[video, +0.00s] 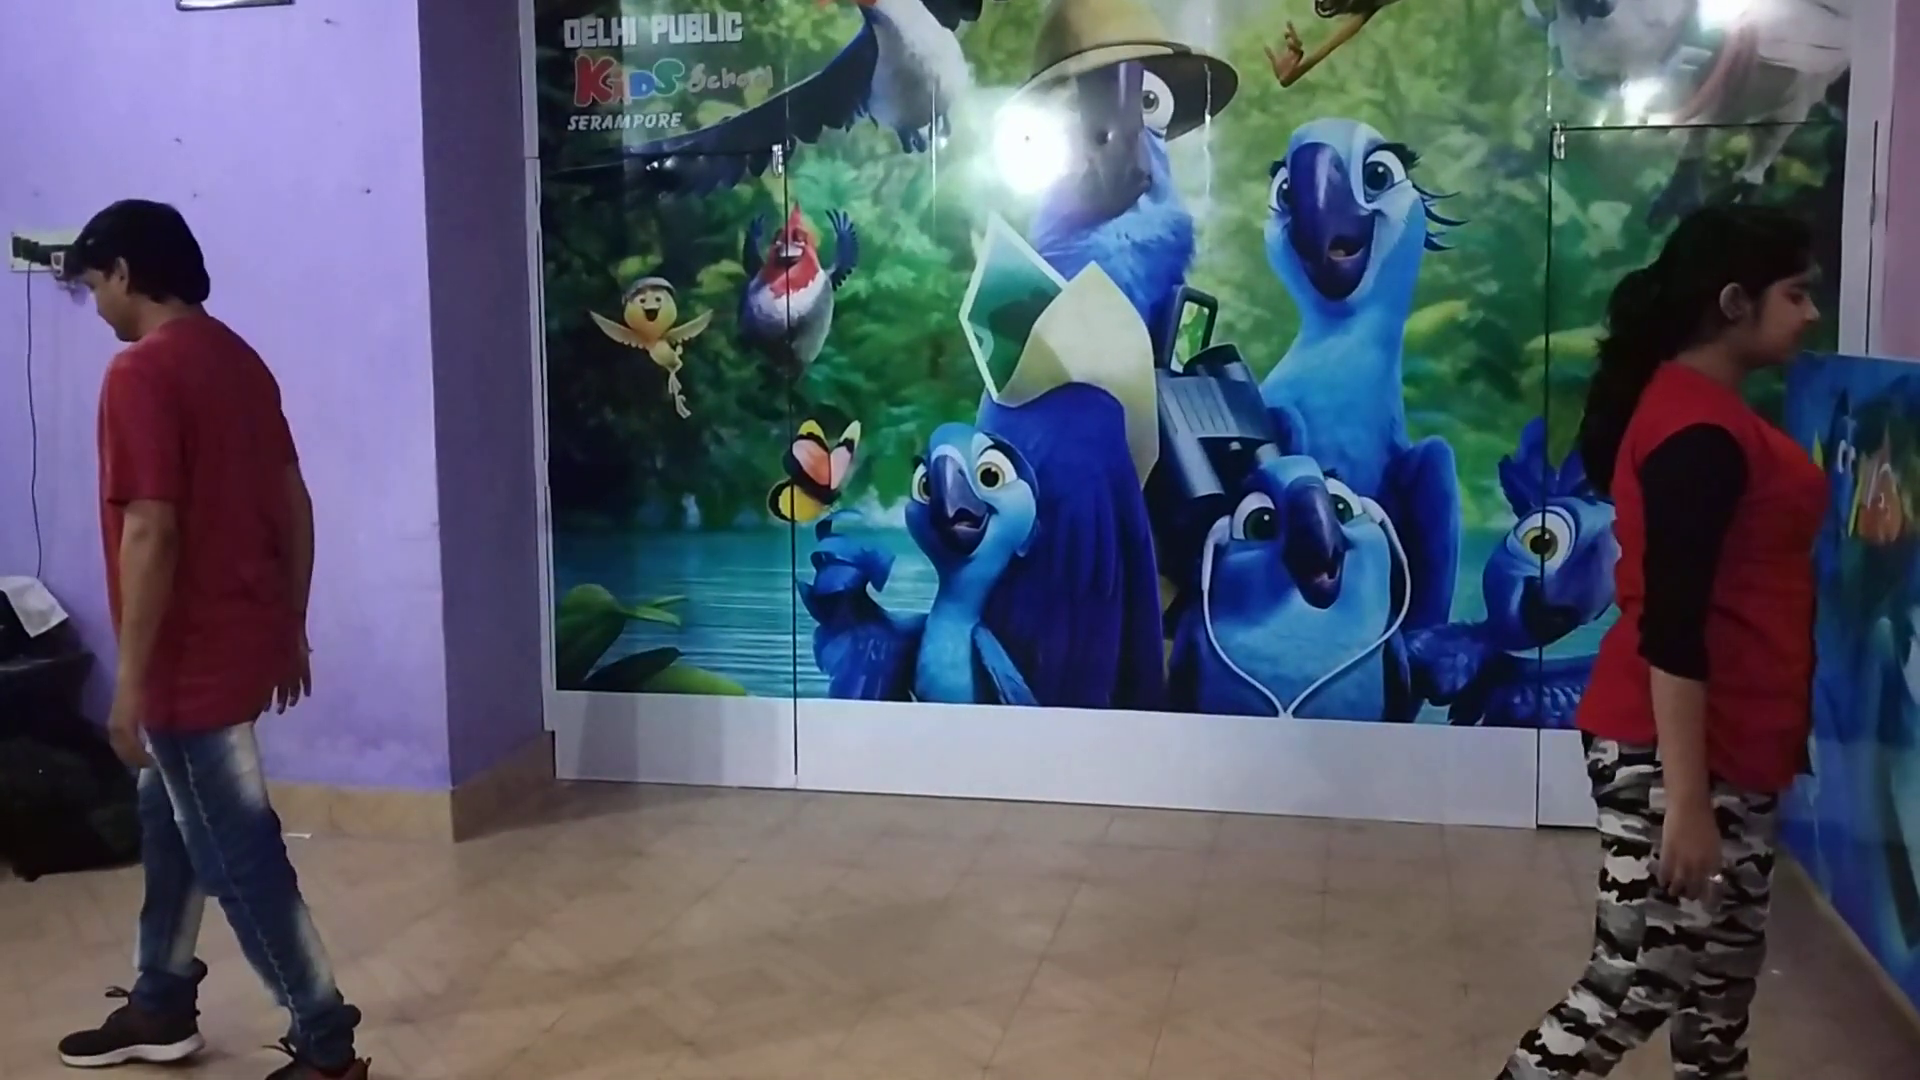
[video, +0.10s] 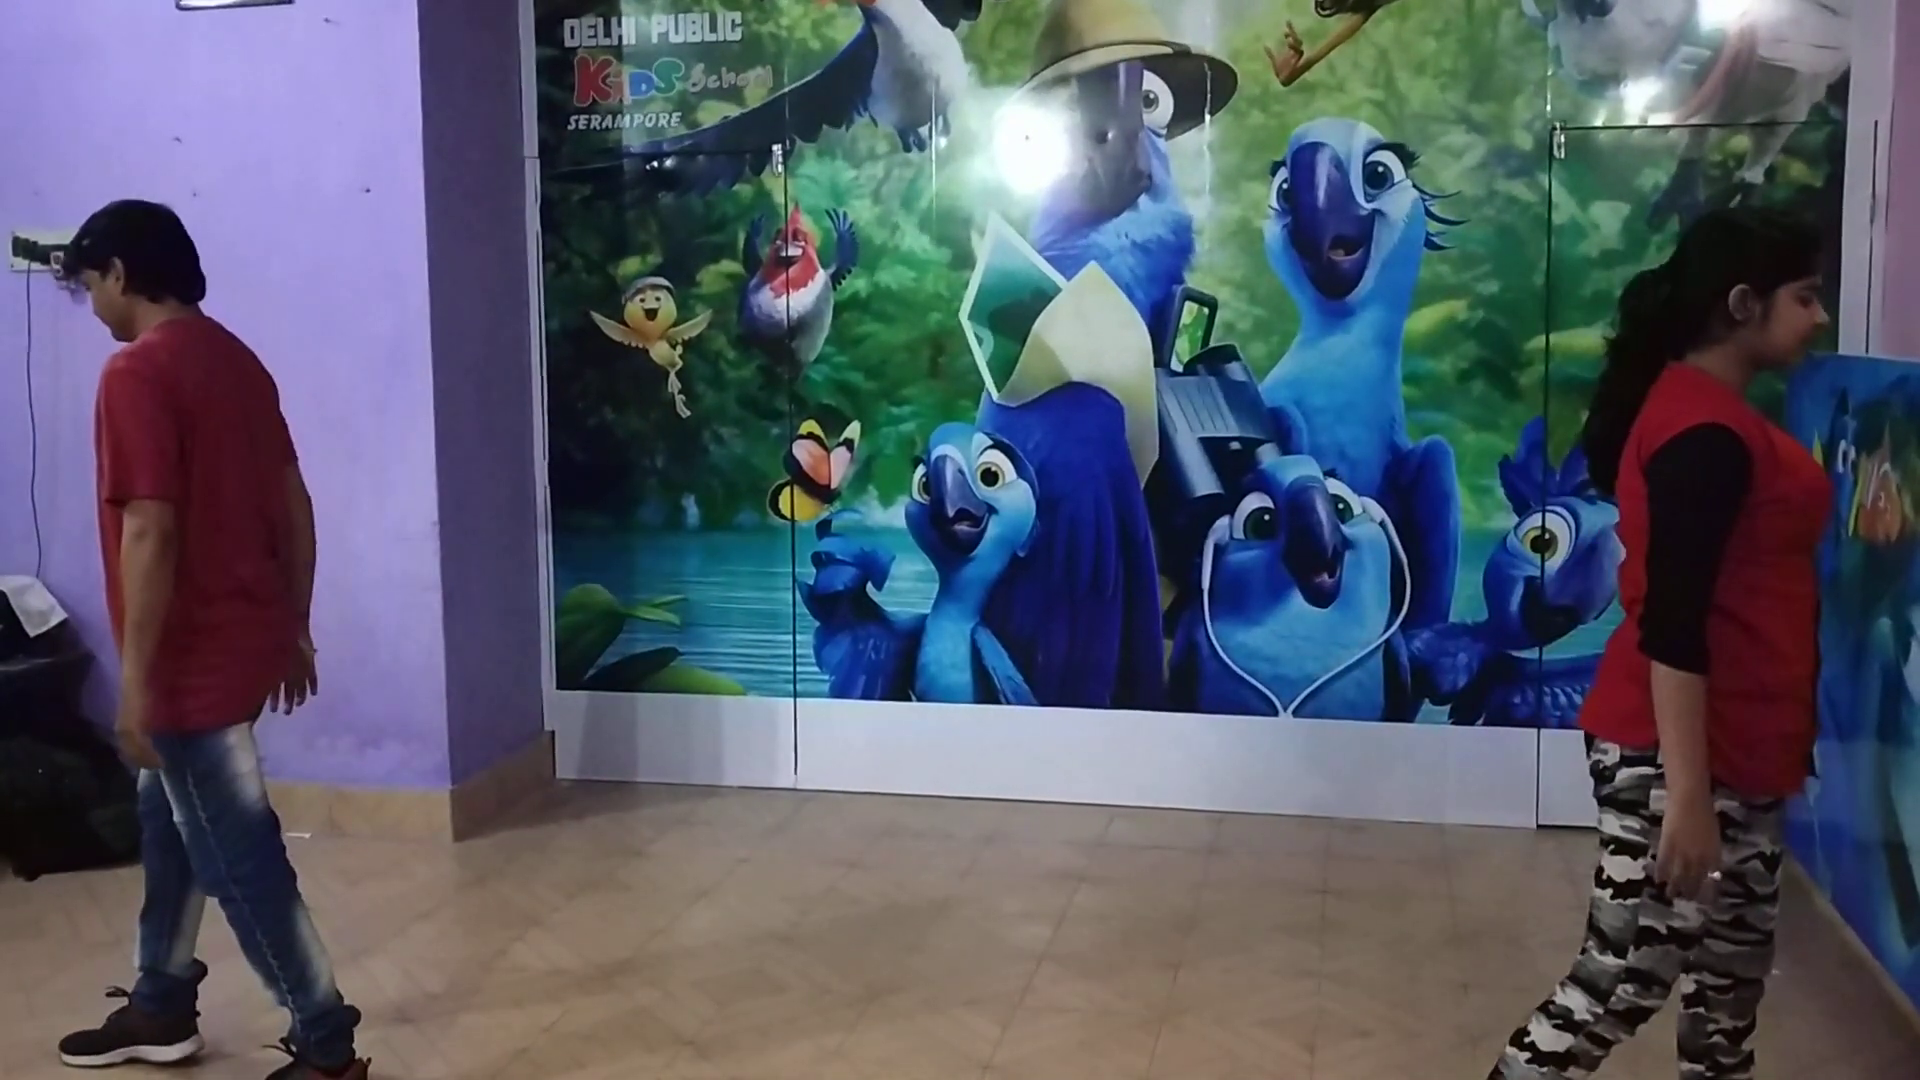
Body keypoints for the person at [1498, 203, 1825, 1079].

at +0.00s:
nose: (1810, 313)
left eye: (1809, 294)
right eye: (1797, 294)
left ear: (1731, 303)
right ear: (1733, 301)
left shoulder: (1714, 410)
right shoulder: (1694, 429)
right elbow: (1671, 630)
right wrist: (1687, 802)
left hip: (1724, 748)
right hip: (1672, 752)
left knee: (1719, 992)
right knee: (1627, 987)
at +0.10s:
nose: (1819, 316)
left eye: (1819, 297)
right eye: (1807, 297)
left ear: (1744, 304)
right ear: (1744, 301)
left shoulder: (1721, 413)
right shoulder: (1700, 430)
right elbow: (1671, 627)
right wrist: (1688, 798)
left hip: (1735, 752)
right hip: (1674, 756)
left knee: (1730, 989)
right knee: (1617, 985)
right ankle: (1516, 1074)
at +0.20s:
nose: (1822, 321)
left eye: (1823, 301)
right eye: (1809, 300)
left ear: (1750, 307)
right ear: (1749, 303)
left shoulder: (1717, 412)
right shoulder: (1700, 429)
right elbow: (1665, 619)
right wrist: (1683, 787)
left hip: (1735, 753)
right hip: (1674, 757)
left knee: (1735, 980)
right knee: (1609, 984)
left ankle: (1717, 1075)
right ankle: (1508, 1072)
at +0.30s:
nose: (1822, 330)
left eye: (1823, 309)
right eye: (1810, 307)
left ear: (1748, 310)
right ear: (1749, 307)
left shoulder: (1714, 417)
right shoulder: (1690, 429)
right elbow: (1656, 605)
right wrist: (1673, 758)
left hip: (1737, 756)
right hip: (1676, 757)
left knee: (1737, 985)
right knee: (1607, 983)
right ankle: (1506, 1072)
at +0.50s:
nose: (1823, 350)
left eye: (1826, 330)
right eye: (1814, 327)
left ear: (1750, 326)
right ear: (1753, 322)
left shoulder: (1722, 434)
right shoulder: (1687, 441)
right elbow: (1636, 571)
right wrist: (1640, 629)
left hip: (1729, 768)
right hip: (1665, 764)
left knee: (1779, 970)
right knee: (1599, 996)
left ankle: (1744, 1074)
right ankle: (1496, 1072)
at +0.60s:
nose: (1843, 366)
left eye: (1842, 347)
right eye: (1830, 347)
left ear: (1767, 357)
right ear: (1769, 354)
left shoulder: (1719, 445)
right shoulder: (1737, 470)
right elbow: (1668, 591)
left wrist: (1860, 544)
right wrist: (1658, 642)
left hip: (1705, 793)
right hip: (1645, 791)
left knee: (1800, 977)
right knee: (1606, 1043)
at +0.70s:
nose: (1881, 428)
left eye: (1875, 407)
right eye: (1862, 409)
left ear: (1795, 423)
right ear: (1799, 422)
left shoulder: (1743, 505)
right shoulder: (1797, 543)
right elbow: (1742, 755)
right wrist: (1747, 841)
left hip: (1669, 811)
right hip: (1611, 819)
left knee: (1802, 979)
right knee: (1629, 1066)